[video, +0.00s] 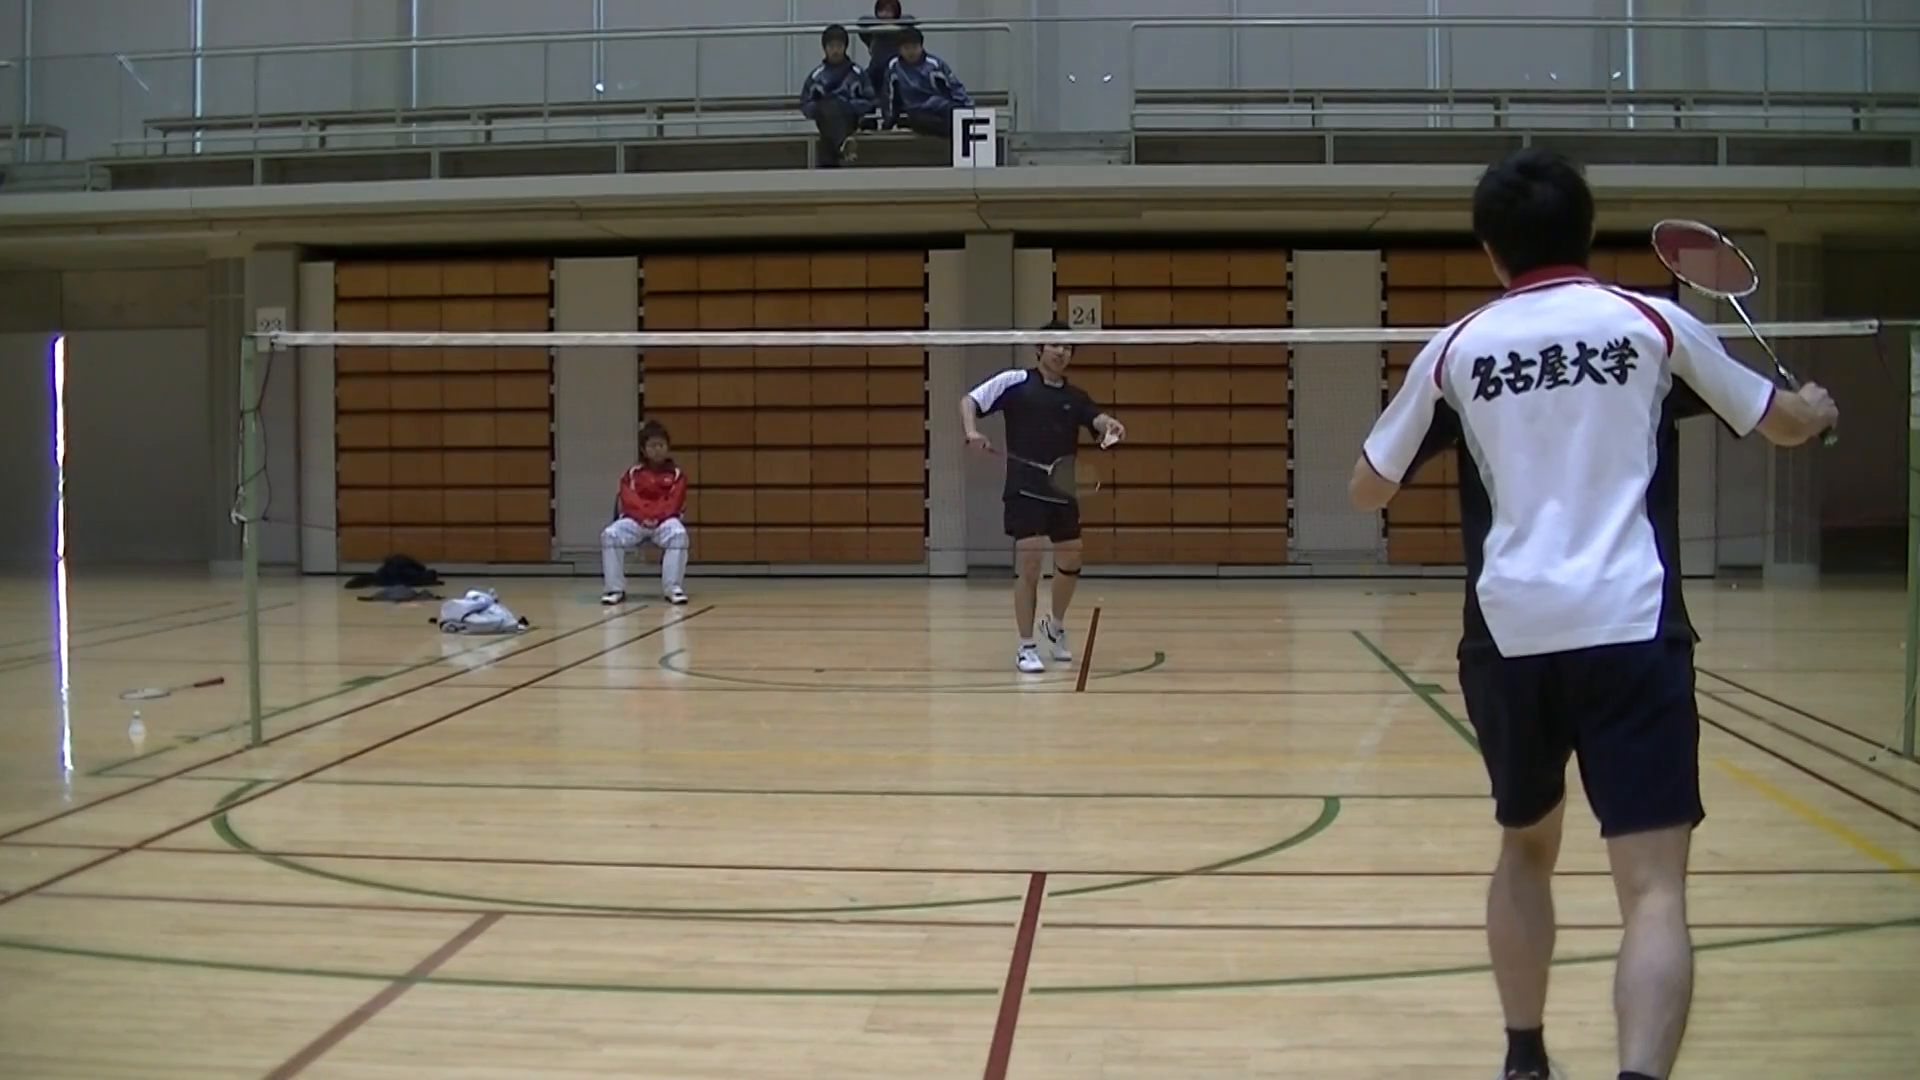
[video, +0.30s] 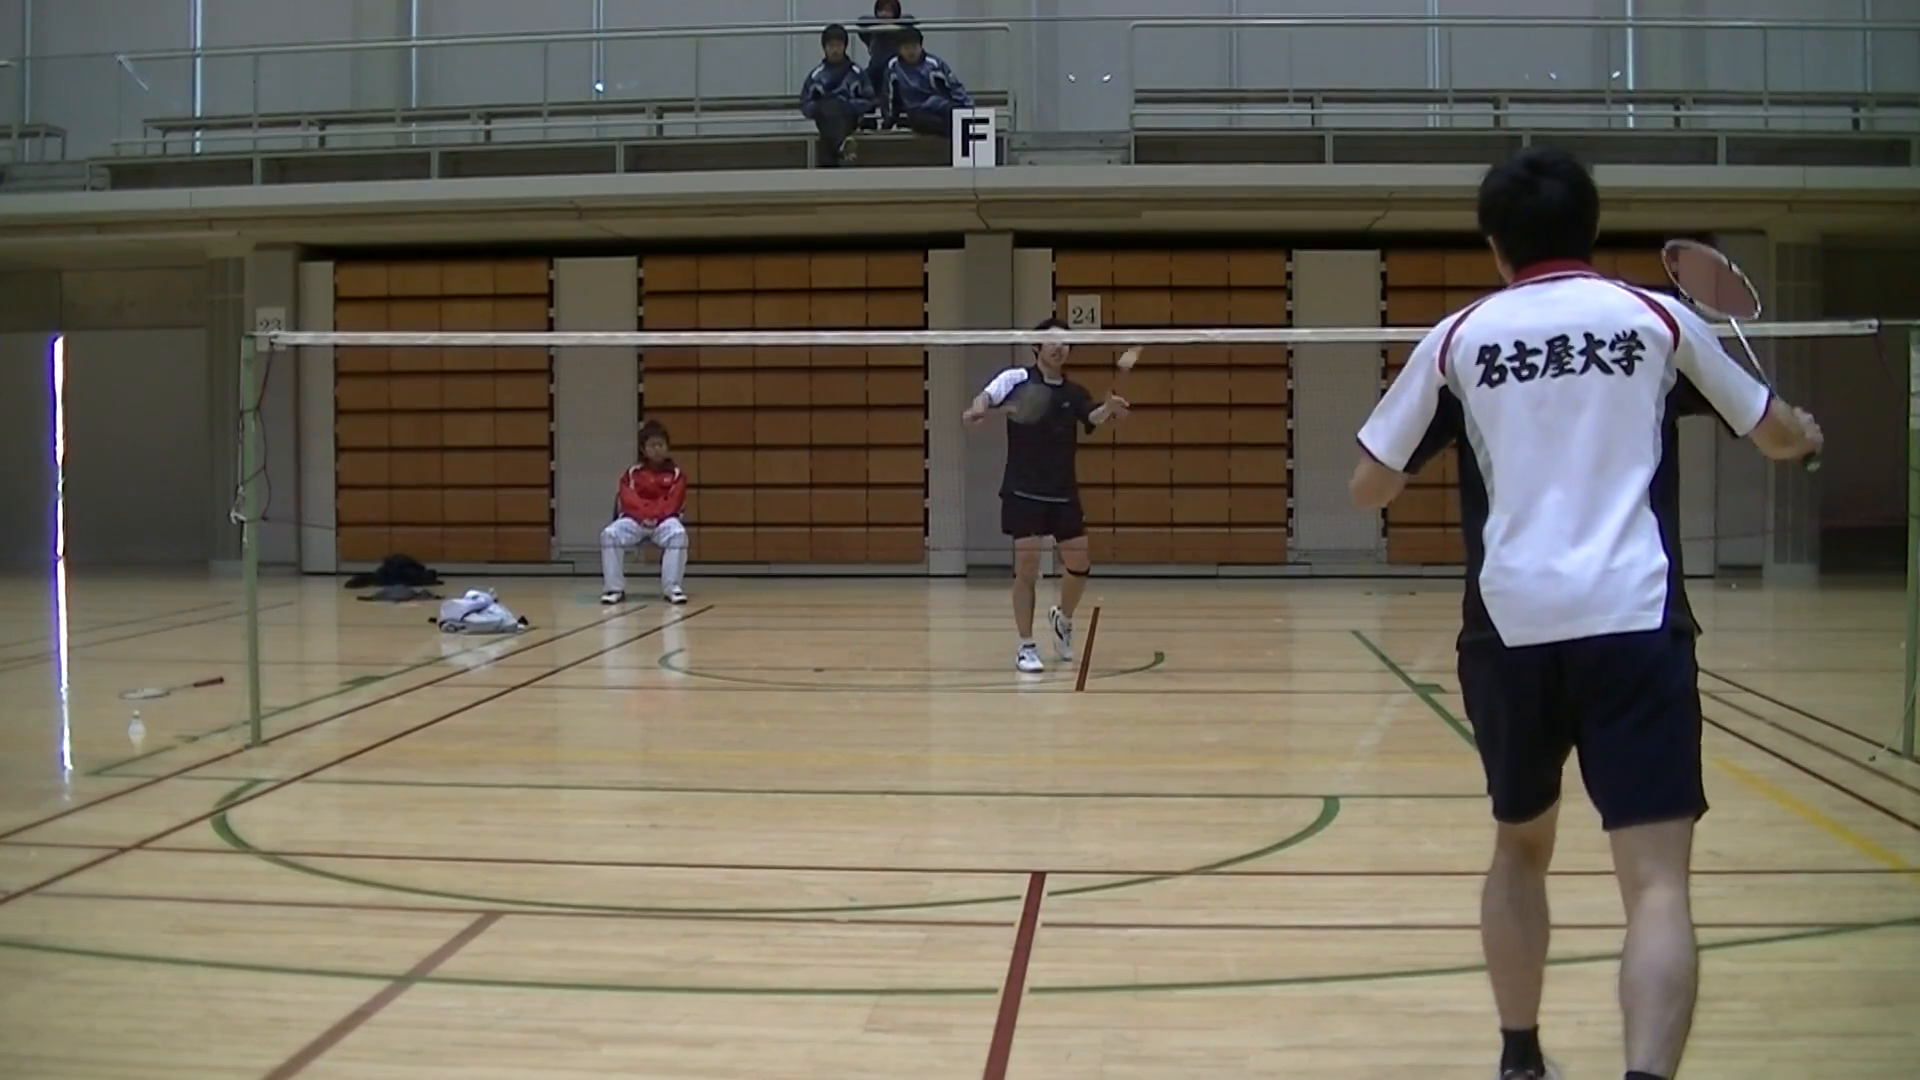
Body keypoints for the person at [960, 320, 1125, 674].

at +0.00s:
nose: (1062, 353)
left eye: (1067, 348)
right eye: (1056, 346)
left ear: (1071, 354)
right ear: (1040, 350)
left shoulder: (1075, 395)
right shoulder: (1015, 381)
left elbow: (1100, 419)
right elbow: (969, 402)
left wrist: (1113, 428)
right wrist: (972, 431)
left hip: (1062, 488)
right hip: (1025, 487)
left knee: (1070, 561)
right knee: (1030, 563)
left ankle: (1055, 627)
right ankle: (1026, 646)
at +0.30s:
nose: (1061, 349)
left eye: (1065, 344)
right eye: (1054, 343)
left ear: (1070, 349)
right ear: (1038, 346)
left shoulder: (1073, 391)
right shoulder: (1016, 379)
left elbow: (1093, 418)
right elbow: (987, 397)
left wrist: (1109, 409)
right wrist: (976, 411)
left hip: (1063, 491)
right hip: (1023, 490)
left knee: (1079, 564)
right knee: (1027, 568)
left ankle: (1063, 618)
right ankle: (1026, 645)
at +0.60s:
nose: (1068, 353)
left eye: (1073, 347)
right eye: (1061, 347)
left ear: (1079, 350)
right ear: (1047, 348)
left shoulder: (1083, 392)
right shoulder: (1028, 382)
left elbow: (1094, 442)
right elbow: (1000, 424)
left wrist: (1111, 445)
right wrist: (992, 462)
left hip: (1072, 488)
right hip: (1036, 488)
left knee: (1094, 554)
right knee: (1035, 565)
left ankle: (1072, 617)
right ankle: (1027, 646)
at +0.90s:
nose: (1099, 372)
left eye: (1104, 366)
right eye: (1092, 366)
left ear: (1110, 372)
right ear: (1078, 370)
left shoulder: (1105, 411)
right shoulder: (1059, 405)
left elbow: (1102, 457)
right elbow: (1033, 455)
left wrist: (1122, 482)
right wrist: (1028, 507)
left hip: (1088, 501)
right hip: (1055, 499)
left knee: (1104, 569)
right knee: (1056, 559)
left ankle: (1084, 636)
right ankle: (1031, 644)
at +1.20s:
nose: (1124, 364)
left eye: (1130, 359)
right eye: (1118, 357)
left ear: (1136, 365)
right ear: (1105, 360)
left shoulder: (1131, 400)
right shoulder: (1087, 394)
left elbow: (1124, 447)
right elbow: (1058, 447)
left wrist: (1152, 475)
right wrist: (1051, 499)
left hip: (1108, 491)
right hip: (1080, 489)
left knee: (1120, 551)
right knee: (1094, 552)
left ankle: (1098, 625)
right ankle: (1073, 638)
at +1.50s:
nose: (1161, 396)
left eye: (1166, 391)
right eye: (1154, 390)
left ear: (1171, 397)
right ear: (1140, 395)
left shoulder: (1179, 434)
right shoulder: (1124, 433)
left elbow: (1216, 455)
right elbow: (1099, 484)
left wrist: (1256, 435)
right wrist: (1096, 532)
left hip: (1155, 525)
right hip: (1120, 523)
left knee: (1147, 588)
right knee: (1117, 583)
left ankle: (1124, 623)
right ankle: (1092, 643)